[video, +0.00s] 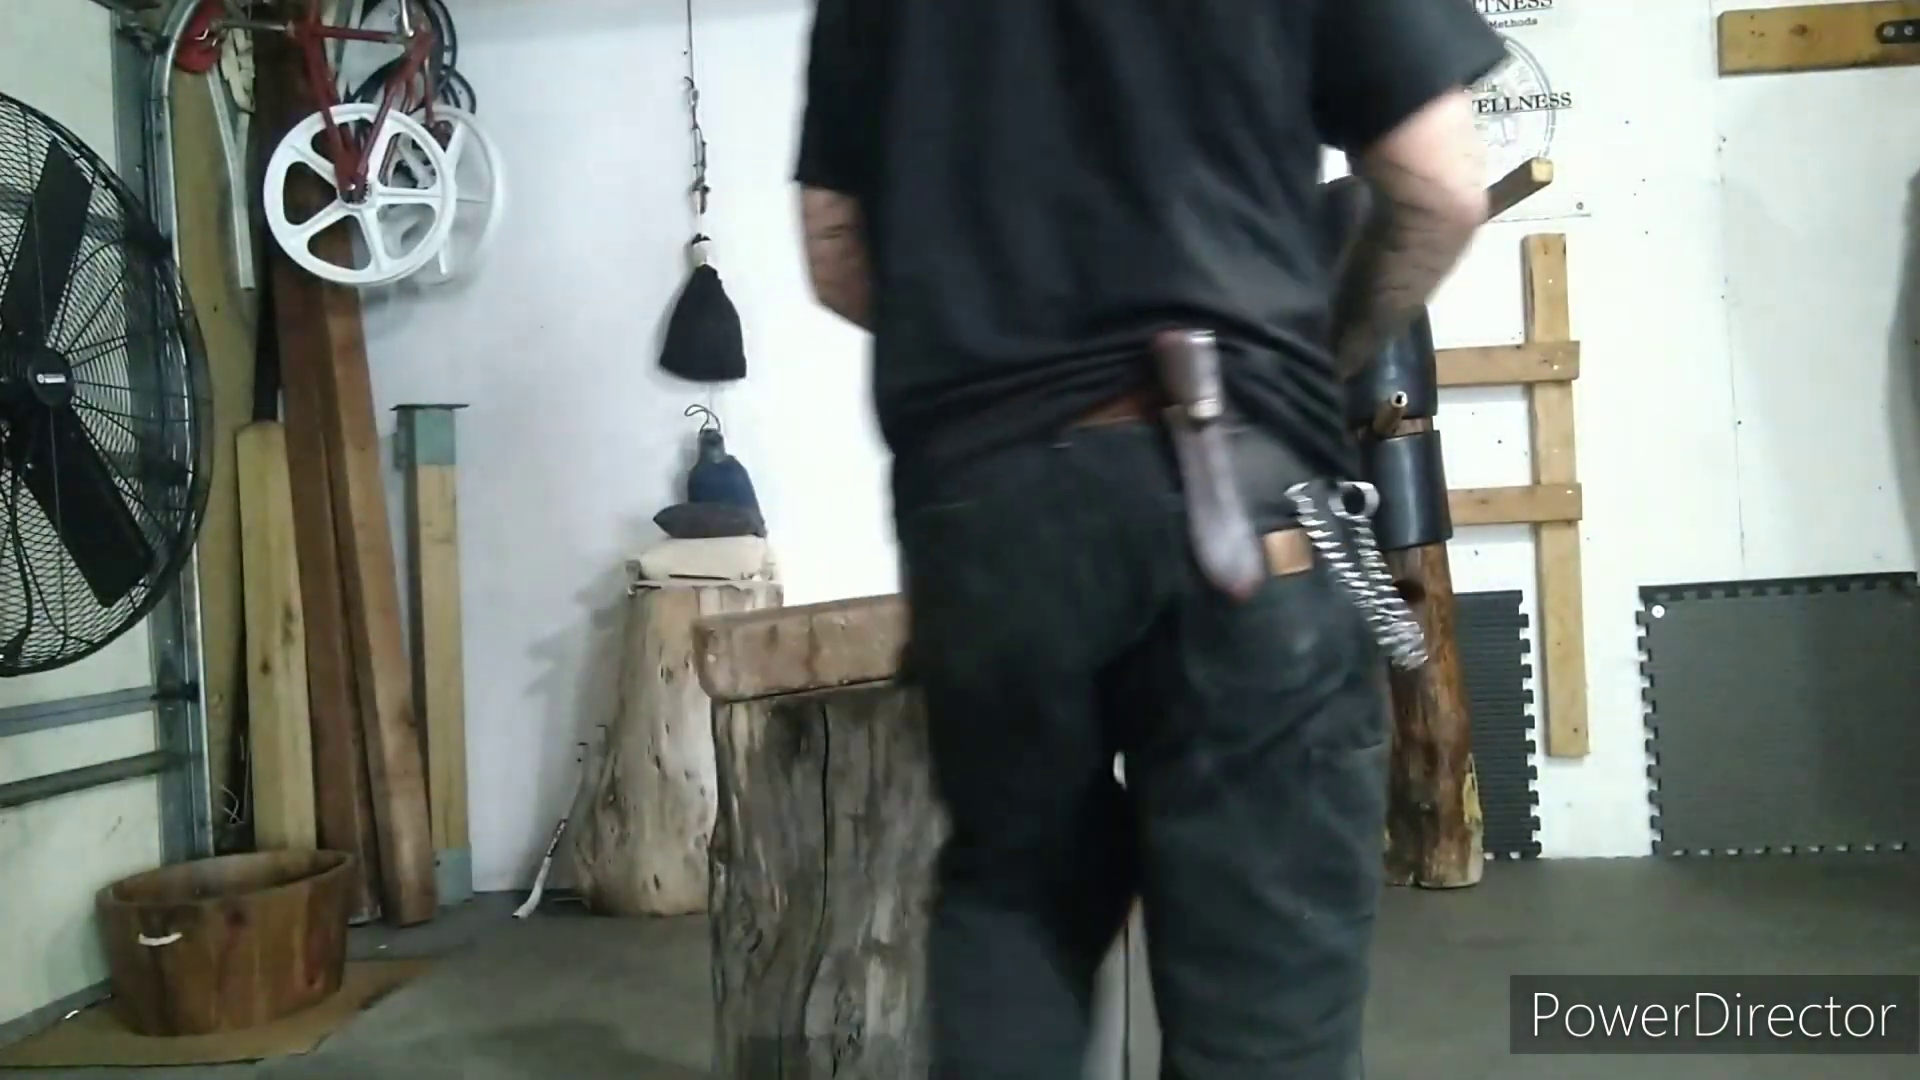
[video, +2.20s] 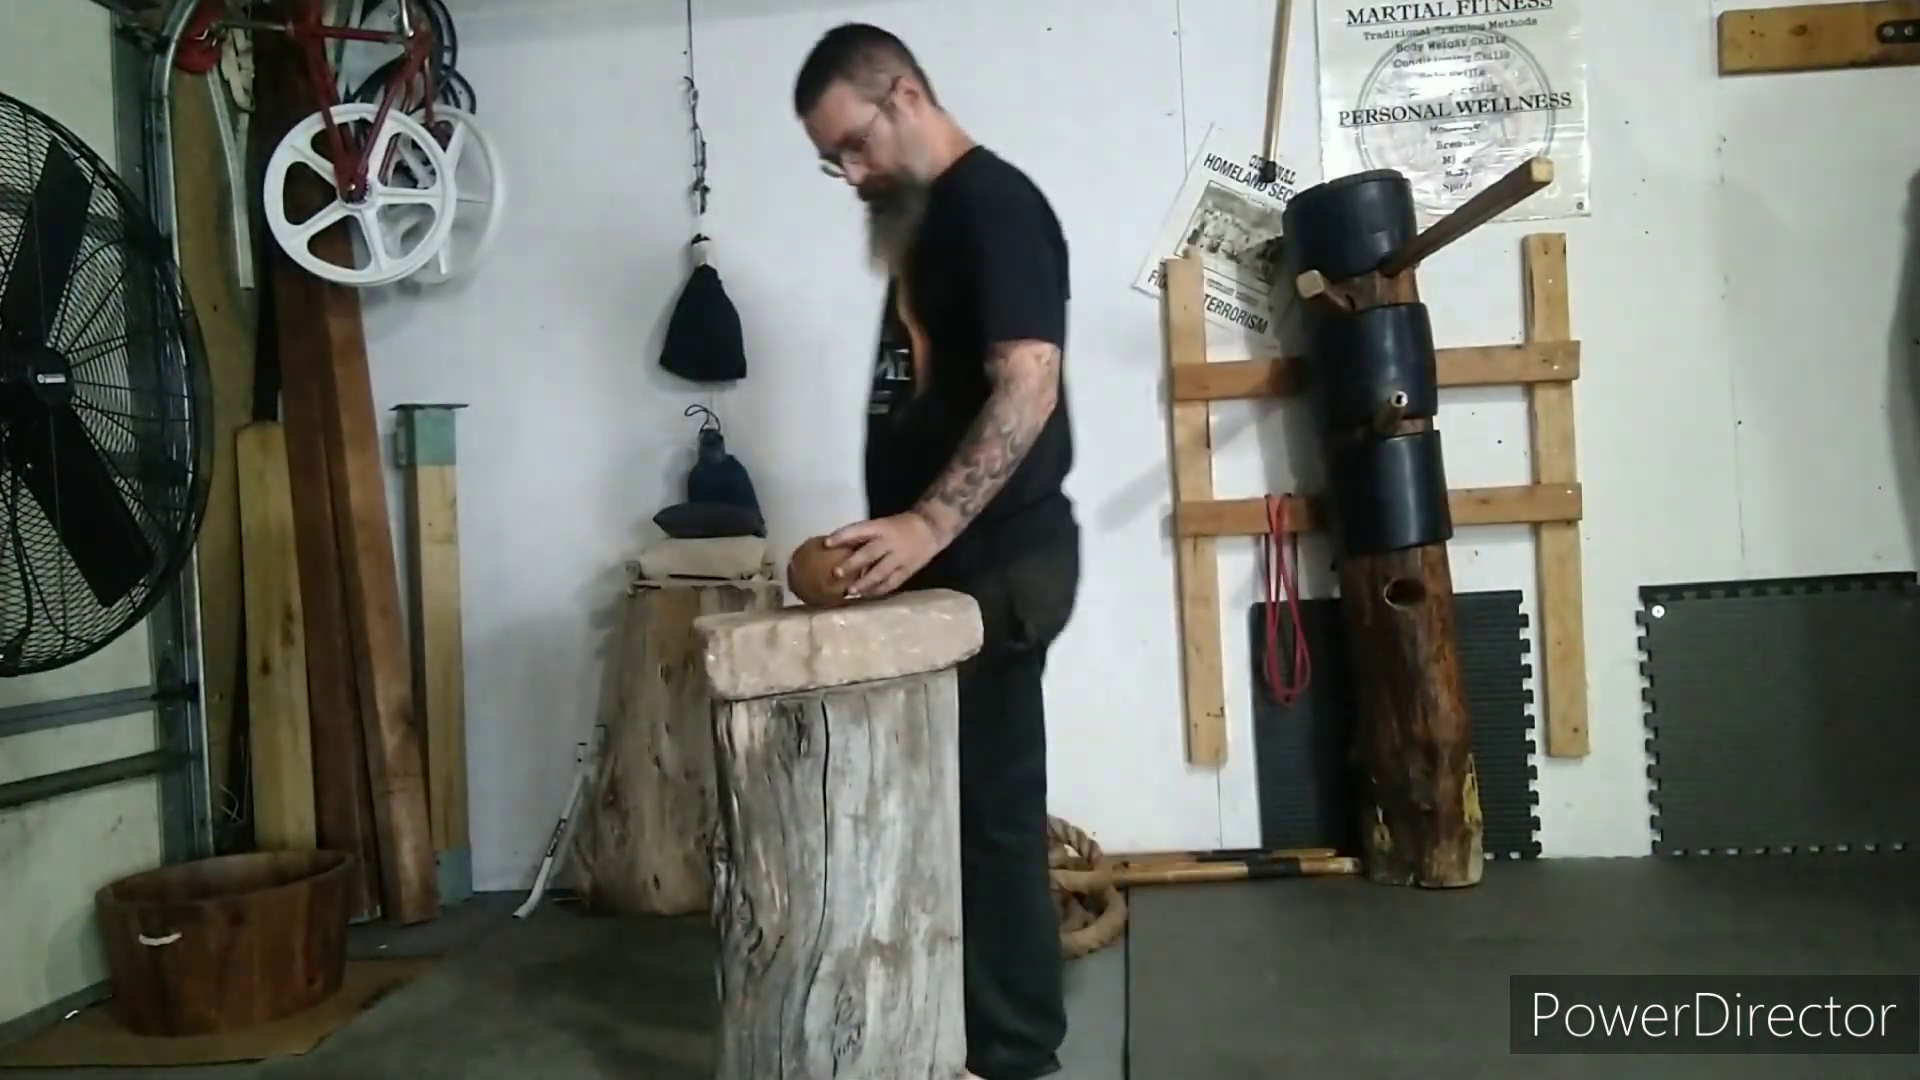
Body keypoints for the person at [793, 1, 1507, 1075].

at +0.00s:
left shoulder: (869, 6)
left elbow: (838, 254)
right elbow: (1439, 185)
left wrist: (1021, 340)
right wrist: (1310, 359)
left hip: (984, 482)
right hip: (1240, 458)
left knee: (1013, 888)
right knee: (1266, 974)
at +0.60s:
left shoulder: (1007, 58)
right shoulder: (1321, 28)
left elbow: (955, 305)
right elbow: (1411, 279)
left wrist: (908, 480)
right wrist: (1386, 494)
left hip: (1099, 513)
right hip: (1307, 496)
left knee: (1139, 887)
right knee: (1312, 867)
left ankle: (1172, 1071)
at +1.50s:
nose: (1013, 152)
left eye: (1010, 121)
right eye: (1001, 135)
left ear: (1063, 68)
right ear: (1082, 71)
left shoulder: (1102, 162)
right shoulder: (1225, 170)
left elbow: (1076, 351)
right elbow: (1270, 353)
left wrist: (935, 502)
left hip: (1146, 524)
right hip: (1250, 514)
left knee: (1054, 764)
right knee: (1224, 804)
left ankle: (1173, 1041)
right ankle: (1258, 1045)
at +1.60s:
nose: (996, 152)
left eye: (996, 122)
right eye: (984, 136)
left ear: (1055, 73)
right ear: (1066, 79)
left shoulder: (1094, 167)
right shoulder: (1188, 167)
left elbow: (1077, 349)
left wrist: (941, 499)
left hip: (1140, 522)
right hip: (1235, 510)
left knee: (1047, 765)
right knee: (1218, 790)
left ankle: (1094, 1031)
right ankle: (1251, 1031)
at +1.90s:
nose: (914, 178)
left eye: (916, 149)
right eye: (902, 162)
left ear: (973, 100)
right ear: (966, 111)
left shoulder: (1034, 199)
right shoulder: (1051, 191)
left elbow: (1062, 376)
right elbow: (1056, 381)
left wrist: (952, 523)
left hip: (1068, 551)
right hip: (1117, 536)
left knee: (1014, 808)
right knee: (1122, 771)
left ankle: (1011, 1046)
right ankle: (1244, 1014)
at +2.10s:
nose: (867, 180)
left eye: (868, 152)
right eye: (854, 163)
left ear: (922, 98)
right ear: (916, 107)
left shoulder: (1004, 198)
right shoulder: (972, 205)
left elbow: (1040, 382)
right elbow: (983, 383)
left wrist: (932, 523)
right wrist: (917, 532)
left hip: (1022, 549)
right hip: (997, 548)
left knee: (996, 791)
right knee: (1008, 767)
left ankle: (1012, 1045)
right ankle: (1148, 945)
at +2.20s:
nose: (849, 176)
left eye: (851, 147)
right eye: (834, 160)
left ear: (908, 99)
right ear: (891, 116)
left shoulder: (995, 202)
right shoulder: (933, 216)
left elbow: (1029, 385)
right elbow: (930, 379)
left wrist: (931, 521)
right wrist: (893, 530)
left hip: (992, 555)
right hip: (938, 552)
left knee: (991, 820)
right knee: (939, 815)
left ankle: (1013, 1050)